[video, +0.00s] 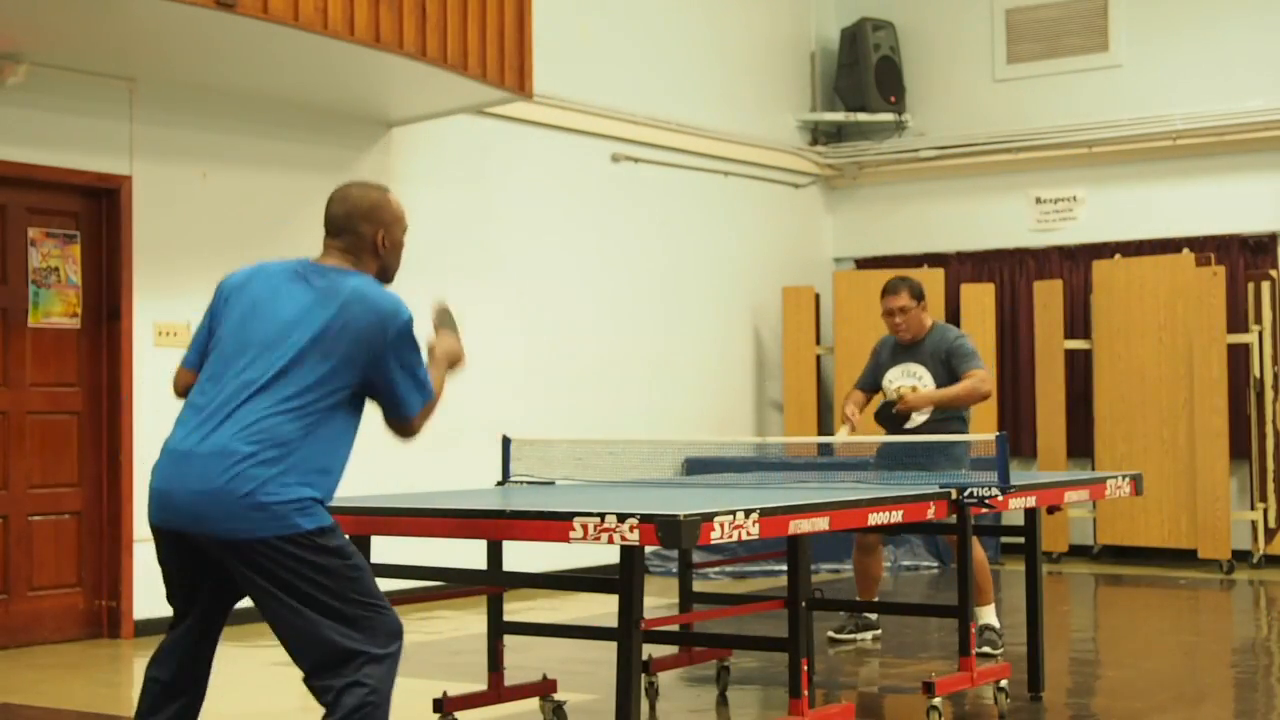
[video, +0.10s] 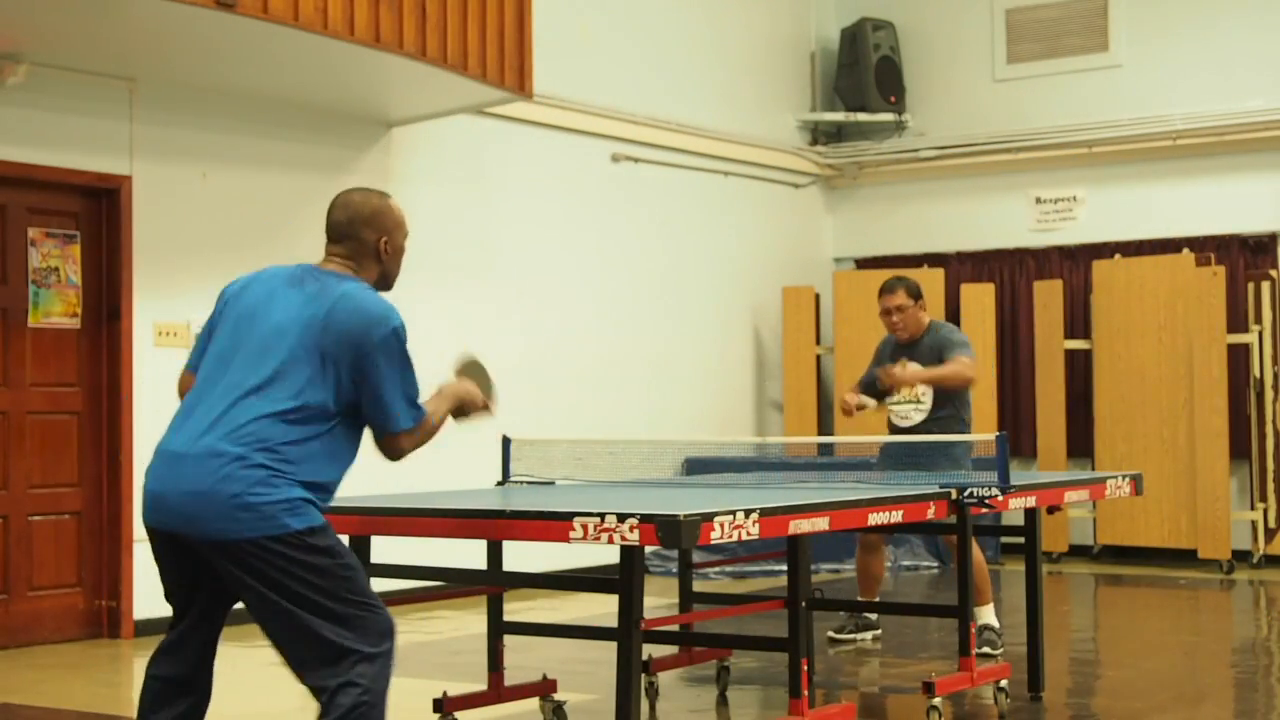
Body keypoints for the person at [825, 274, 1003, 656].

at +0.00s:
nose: (895, 321)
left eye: (902, 311)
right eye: (889, 314)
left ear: (923, 307)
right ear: (883, 314)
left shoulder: (951, 341)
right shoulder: (885, 348)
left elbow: (982, 385)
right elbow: (860, 392)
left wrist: (927, 399)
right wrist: (851, 409)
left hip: (944, 459)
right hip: (895, 458)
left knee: (960, 534)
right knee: (867, 535)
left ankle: (988, 624)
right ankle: (865, 616)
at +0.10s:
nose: (892, 319)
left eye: (899, 310)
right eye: (886, 313)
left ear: (921, 307)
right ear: (882, 314)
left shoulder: (947, 337)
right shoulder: (889, 346)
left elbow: (965, 372)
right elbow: (869, 390)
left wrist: (914, 374)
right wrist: (852, 399)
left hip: (945, 454)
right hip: (898, 455)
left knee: (956, 535)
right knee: (870, 533)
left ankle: (988, 624)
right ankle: (866, 617)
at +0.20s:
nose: (895, 307)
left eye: (902, 299)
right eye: (889, 302)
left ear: (923, 299)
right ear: (884, 306)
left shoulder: (947, 331)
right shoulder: (890, 341)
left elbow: (950, 359)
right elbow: (876, 381)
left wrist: (912, 345)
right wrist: (858, 390)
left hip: (946, 453)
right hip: (900, 453)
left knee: (957, 535)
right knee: (878, 531)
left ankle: (987, 623)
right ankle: (867, 616)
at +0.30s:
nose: (895, 302)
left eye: (903, 293)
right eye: (890, 296)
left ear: (924, 295)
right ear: (885, 301)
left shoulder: (946, 329)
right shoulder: (889, 335)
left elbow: (951, 364)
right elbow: (883, 382)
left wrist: (921, 349)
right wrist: (861, 393)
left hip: (945, 449)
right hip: (900, 448)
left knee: (955, 533)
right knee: (876, 527)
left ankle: (988, 624)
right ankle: (867, 615)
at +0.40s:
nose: (892, 303)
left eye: (900, 294)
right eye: (886, 297)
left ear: (920, 297)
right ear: (880, 303)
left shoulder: (944, 334)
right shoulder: (889, 343)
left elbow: (956, 377)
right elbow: (876, 391)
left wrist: (927, 382)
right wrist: (861, 407)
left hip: (942, 454)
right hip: (896, 454)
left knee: (954, 535)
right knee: (872, 530)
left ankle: (987, 624)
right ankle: (862, 612)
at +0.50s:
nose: (887, 301)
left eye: (895, 293)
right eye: (880, 295)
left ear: (914, 297)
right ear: (874, 301)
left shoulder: (938, 336)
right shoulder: (875, 345)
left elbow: (961, 386)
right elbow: (862, 395)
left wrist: (932, 400)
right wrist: (856, 418)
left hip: (937, 459)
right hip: (888, 460)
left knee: (956, 535)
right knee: (867, 533)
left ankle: (987, 623)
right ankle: (862, 614)